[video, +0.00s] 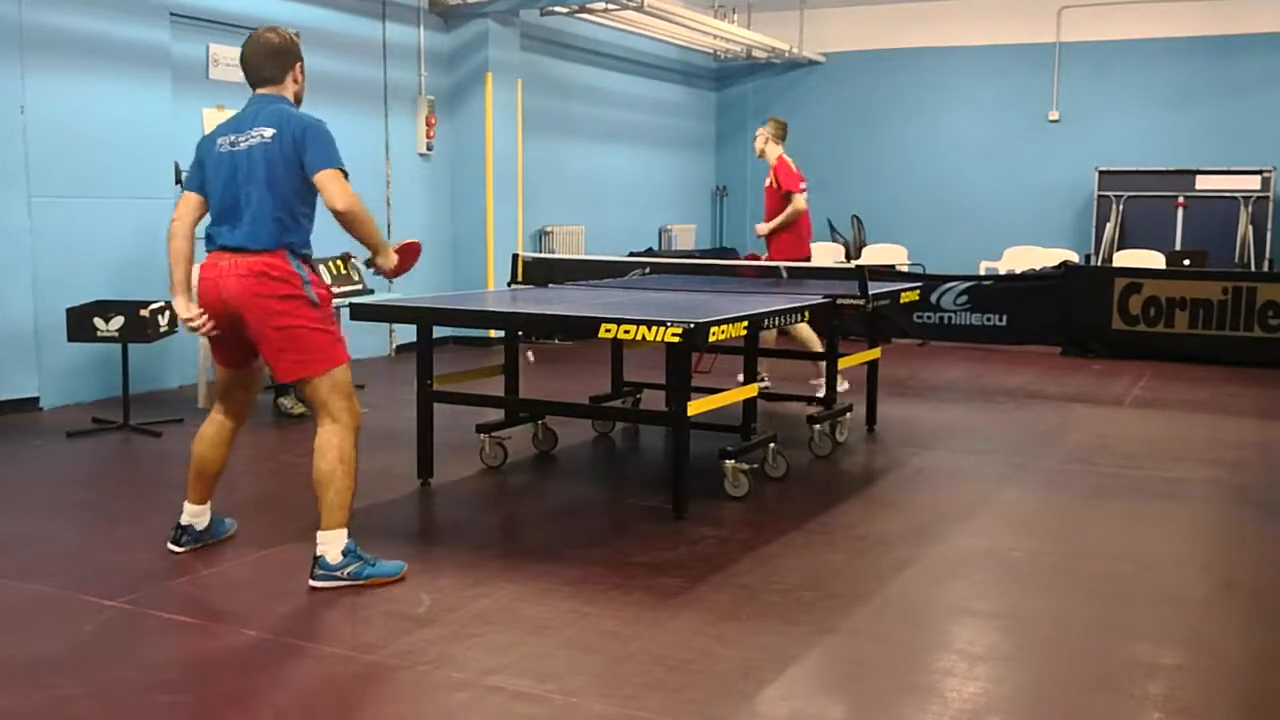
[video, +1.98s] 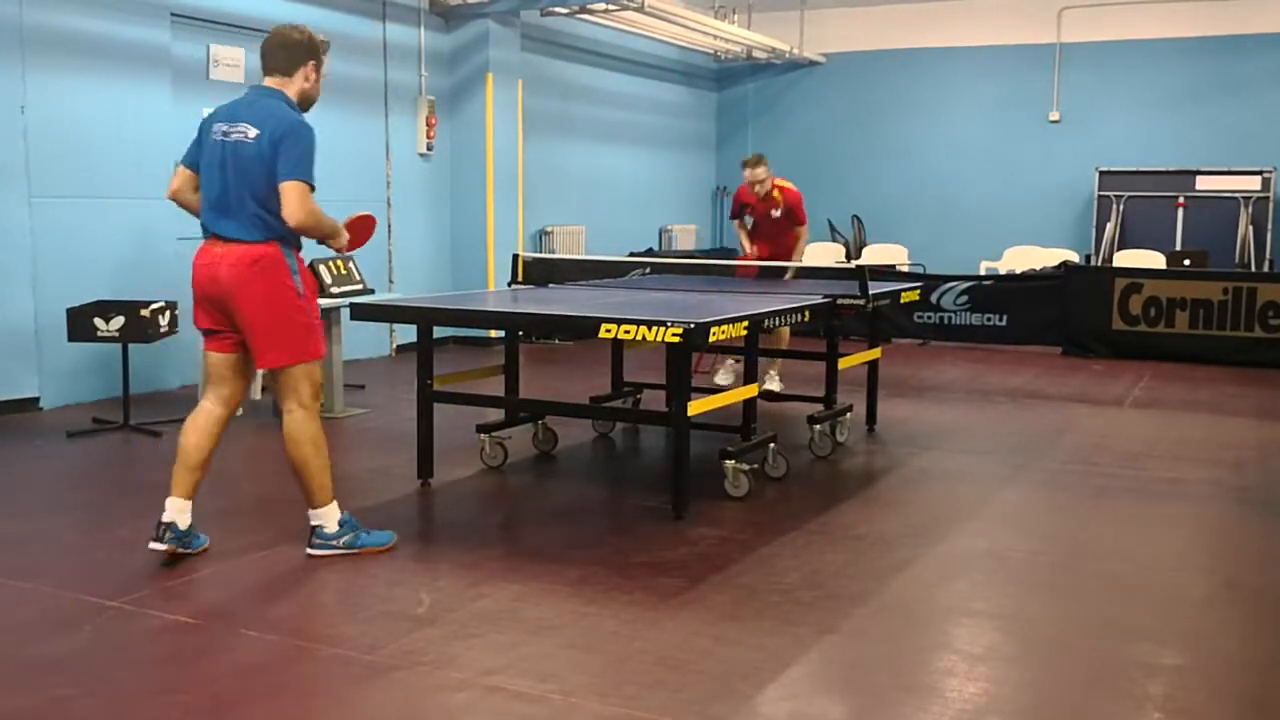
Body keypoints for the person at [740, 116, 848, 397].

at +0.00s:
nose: (755, 143)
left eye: (758, 138)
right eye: (756, 138)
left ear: (769, 139)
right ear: (774, 140)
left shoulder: (782, 165)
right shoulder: (780, 166)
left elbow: (799, 204)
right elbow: (795, 206)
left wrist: (769, 226)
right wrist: (771, 228)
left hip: (787, 254)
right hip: (786, 253)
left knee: (774, 314)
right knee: (783, 316)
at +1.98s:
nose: (756, 188)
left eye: (760, 182)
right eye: (752, 183)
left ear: (770, 175)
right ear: (745, 180)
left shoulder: (790, 196)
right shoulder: (742, 194)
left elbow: (802, 233)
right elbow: (738, 222)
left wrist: (792, 269)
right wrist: (747, 246)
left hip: (784, 260)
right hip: (754, 259)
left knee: (781, 316)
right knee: (739, 311)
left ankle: (773, 372)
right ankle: (729, 363)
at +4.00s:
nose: (867, 174)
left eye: (867, 166)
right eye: (863, 169)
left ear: (881, 152)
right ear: (883, 154)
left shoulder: (908, 168)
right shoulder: (917, 166)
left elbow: (915, 222)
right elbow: (937, 229)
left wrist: (883, 256)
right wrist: (905, 249)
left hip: (954, 252)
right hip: (963, 249)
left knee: (933, 329)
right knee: (946, 330)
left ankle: (925, 409)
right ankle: (957, 403)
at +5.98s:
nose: (885, 205)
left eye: (887, 197)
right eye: (883, 198)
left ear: (906, 192)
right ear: (910, 191)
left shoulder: (921, 208)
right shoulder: (949, 194)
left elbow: (921, 234)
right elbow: (973, 192)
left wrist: (925, 262)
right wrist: (962, 222)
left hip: (962, 296)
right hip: (992, 288)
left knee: (892, 325)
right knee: (979, 368)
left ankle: (918, 394)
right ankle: (1014, 412)